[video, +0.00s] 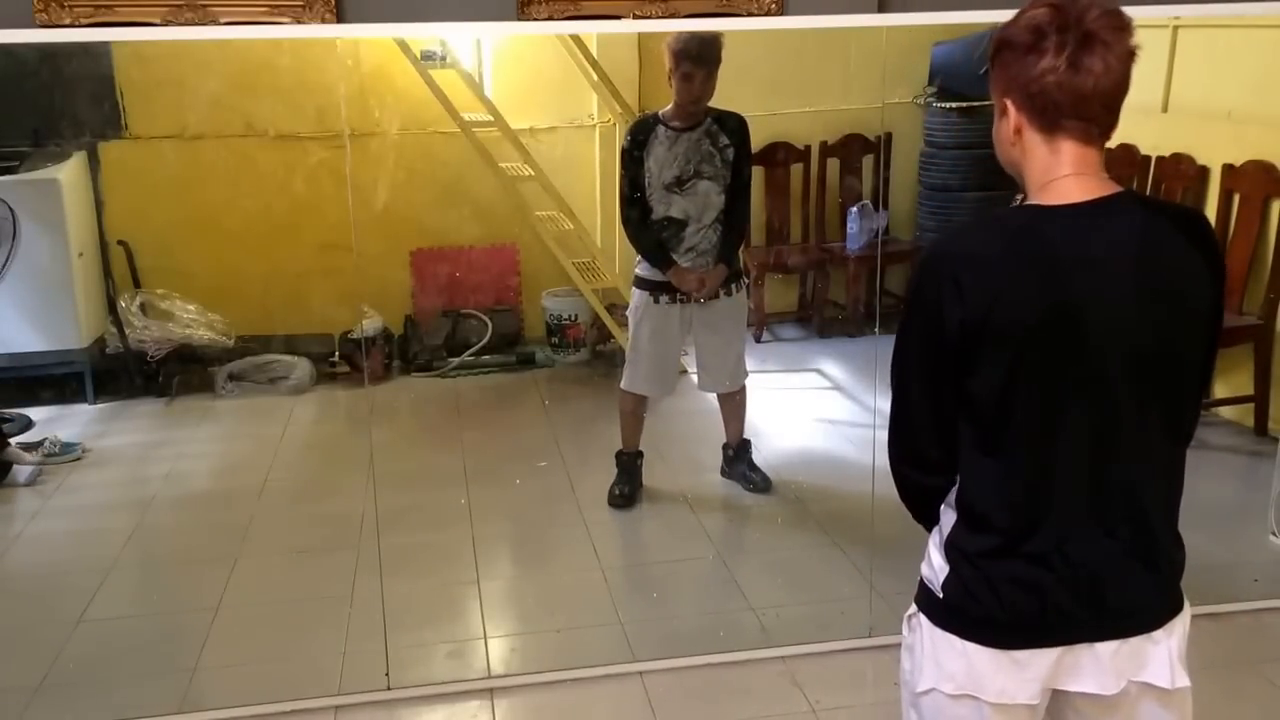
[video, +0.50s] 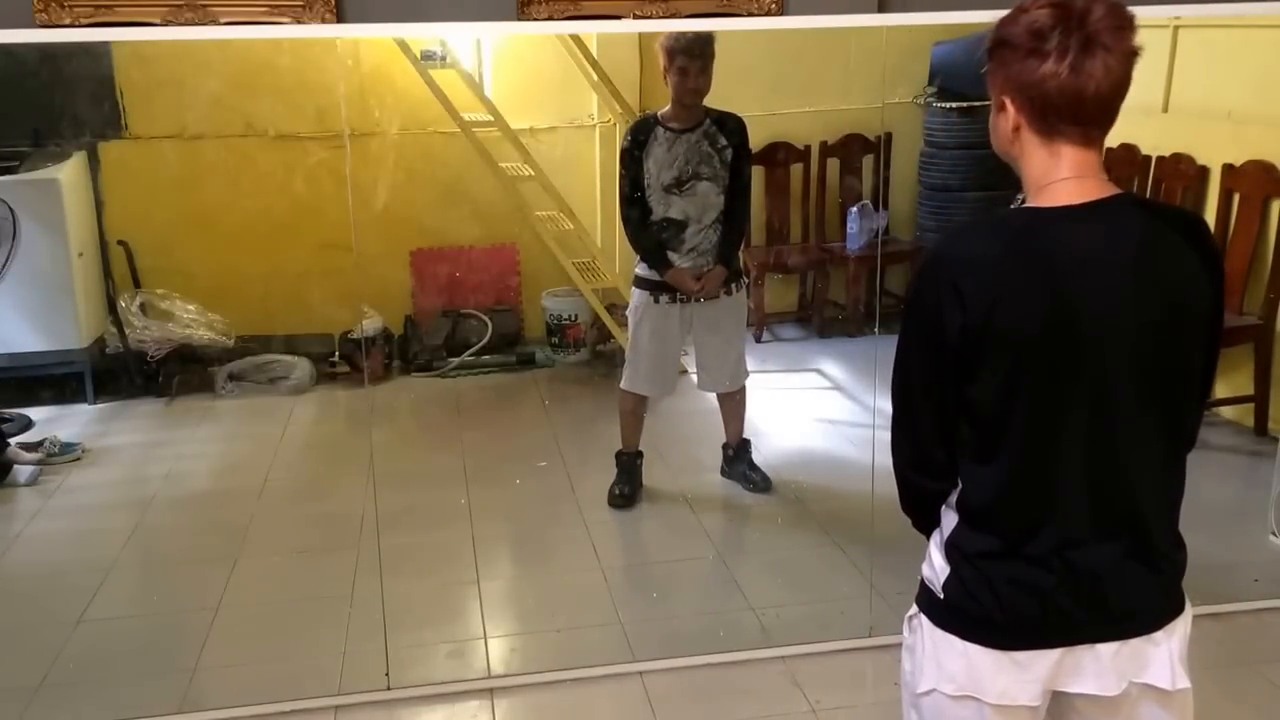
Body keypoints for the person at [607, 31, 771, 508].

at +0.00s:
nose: (691, 83)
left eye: (701, 74)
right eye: (683, 73)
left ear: (716, 74)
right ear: (670, 71)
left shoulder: (733, 129)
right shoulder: (640, 134)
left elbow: (740, 204)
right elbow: (631, 214)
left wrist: (722, 263)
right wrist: (672, 269)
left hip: (720, 280)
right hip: (657, 281)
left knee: (730, 375)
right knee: (638, 380)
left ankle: (736, 456)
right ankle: (628, 466)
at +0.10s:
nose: (691, 83)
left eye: (699, 73)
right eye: (682, 73)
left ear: (713, 74)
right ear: (668, 72)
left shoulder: (732, 129)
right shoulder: (640, 135)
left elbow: (740, 204)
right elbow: (631, 214)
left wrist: (722, 264)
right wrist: (671, 270)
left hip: (720, 280)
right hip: (657, 281)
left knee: (730, 374)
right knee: (637, 380)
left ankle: (736, 456)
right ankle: (628, 466)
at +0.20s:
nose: (690, 81)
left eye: (698, 72)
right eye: (681, 72)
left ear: (712, 73)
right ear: (666, 73)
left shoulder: (731, 130)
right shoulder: (639, 135)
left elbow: (740, 205)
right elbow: (632, 213)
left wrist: (722, 263)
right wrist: (668, 270)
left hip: (719, 280)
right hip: (657, 282)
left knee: (730, 375)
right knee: (637, 380)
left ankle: (736, 456)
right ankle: (628, 466)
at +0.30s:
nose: (690, 78)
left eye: (698, 68)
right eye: (681, 69)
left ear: (711, 72)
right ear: (665, 72)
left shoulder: (731, 129)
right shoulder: (639, 135)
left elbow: (739, 204)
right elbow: (631, 212)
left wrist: (723, 264)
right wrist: (666, 269)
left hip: (719, 280)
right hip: (657, 281)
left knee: (730, 374)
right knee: (637, 380)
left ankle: (736, 456)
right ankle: (628, 466)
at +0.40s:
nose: (691, 78)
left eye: (699, 69)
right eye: (681, 69)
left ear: (711, 72)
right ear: (665, 72)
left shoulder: (731, 130)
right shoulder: (640, 135)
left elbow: (739, 205)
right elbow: (631, 211)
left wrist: (723, 264)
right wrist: (665, 268)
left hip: (719, 280)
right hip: (657, 281)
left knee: (730, 374)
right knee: (638, 379)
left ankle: (736, 456)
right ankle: (628, 466)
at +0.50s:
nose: (692, 77)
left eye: (700, 67)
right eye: (682, 68)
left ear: (711, 71)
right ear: (665, 71)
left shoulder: (731, 129)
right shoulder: (640, 135)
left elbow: (739, 205)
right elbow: (631, 212)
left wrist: (723, 264)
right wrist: (666, 269)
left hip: (719, 279)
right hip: (657, 280)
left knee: (730, 373)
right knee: (638, 378)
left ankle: (736, 456)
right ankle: (628, 465)